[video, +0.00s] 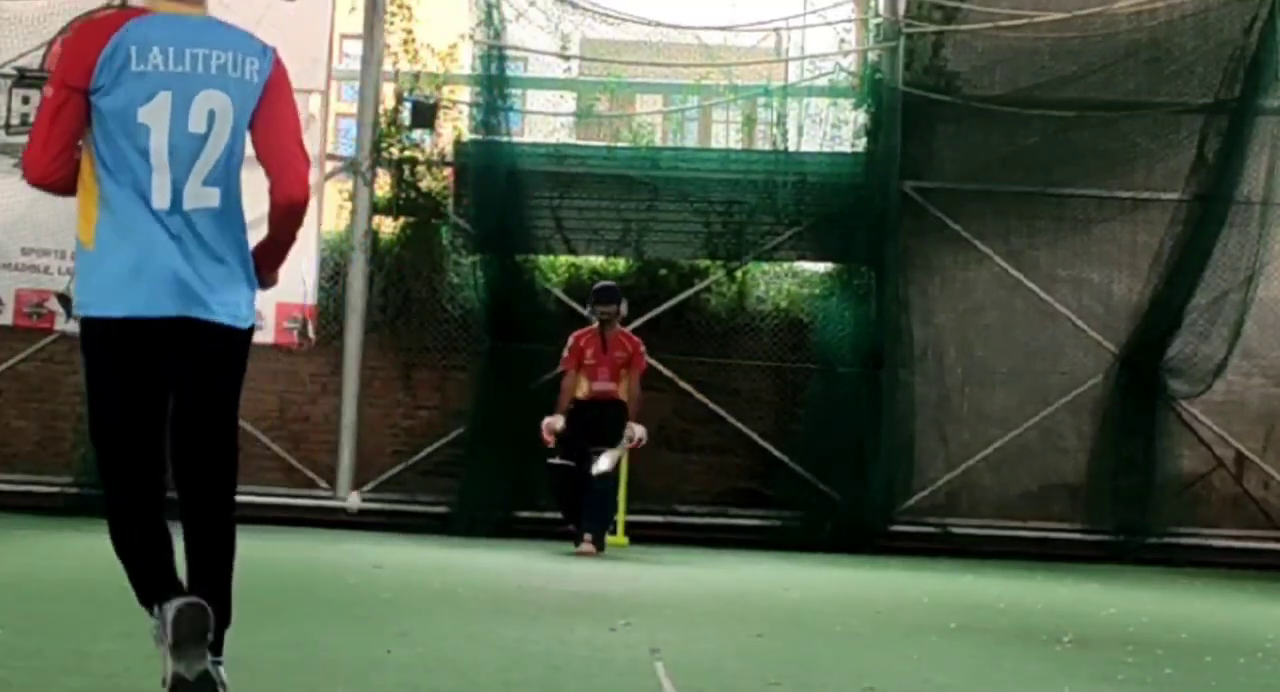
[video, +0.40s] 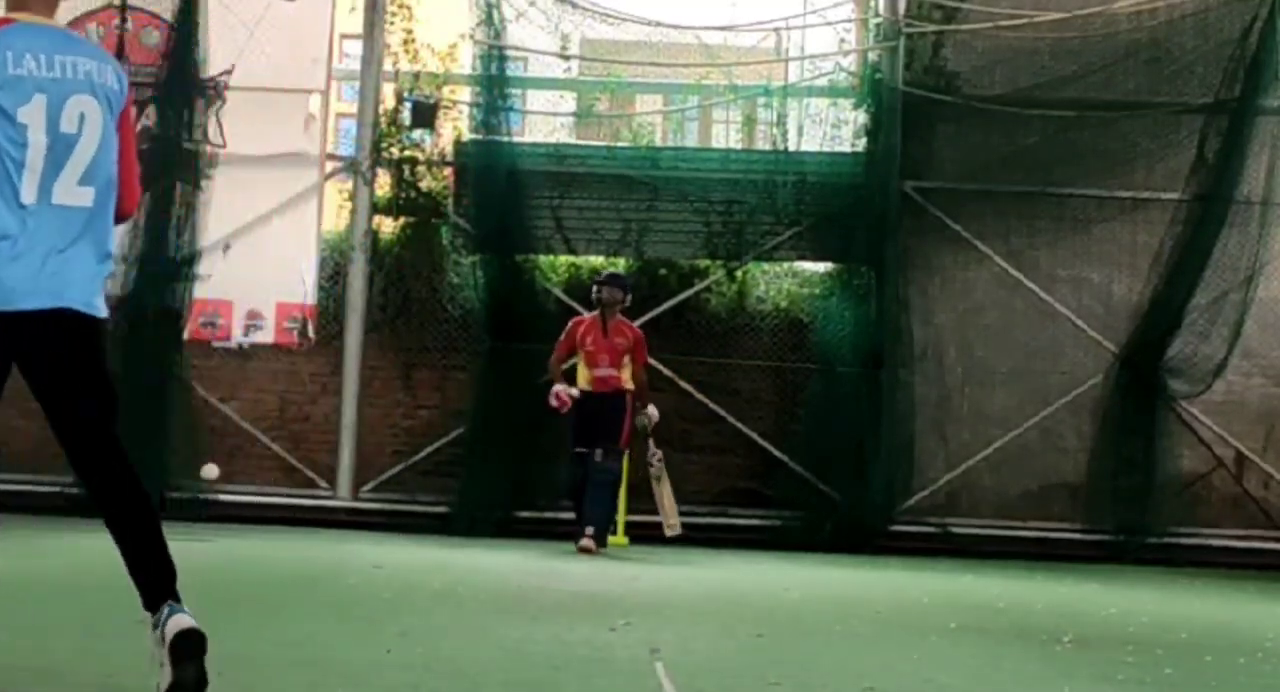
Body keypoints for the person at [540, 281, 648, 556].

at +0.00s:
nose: (604, 312)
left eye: (610, 306)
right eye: (599, 306)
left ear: (620, 309)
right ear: (592, 308)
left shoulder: (632, 345)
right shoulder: (579, 340)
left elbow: (634, 385)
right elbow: (569, 378)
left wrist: (631, 420)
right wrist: (560, 414)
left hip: (614, 407)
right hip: (583, 405)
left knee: (603, 467)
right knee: (574, 465)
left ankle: (593, 534)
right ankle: (583, 528)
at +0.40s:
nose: (608, 294)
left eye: (615, 290)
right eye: (605, 288)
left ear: (625, 297)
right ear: (597, 292)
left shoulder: (633, 333)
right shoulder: (580, 325)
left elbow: (640, 375)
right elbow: (556, 360)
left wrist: (643, 407)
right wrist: (560, 384)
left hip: (618, 397)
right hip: (587, 396)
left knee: (608, 462)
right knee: (582, 460)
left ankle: (593, 531)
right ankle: (587, 528)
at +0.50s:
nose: (614, 295)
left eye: (621, 291)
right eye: (611, 288)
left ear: (627, 298)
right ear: (601, 292)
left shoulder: (633, 331)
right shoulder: (580, 324)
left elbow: (638, 368)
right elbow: (561, 364)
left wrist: (640, 396)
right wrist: (578, 366)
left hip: (620, 396)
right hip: (590, 395)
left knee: (613, 459)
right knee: (585, 458)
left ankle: (601, 527)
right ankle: (587, 525)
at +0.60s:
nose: (630, 302)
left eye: (632, 296)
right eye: (626, 295)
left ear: (632, 299)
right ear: (609, 292)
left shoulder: (632, 327)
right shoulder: (584, 322)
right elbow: (573, 362)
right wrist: (600, 353)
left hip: (624, 395)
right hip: (594, 394)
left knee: (619, 459)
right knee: (592, 459)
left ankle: (613, 529)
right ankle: (590, 528)